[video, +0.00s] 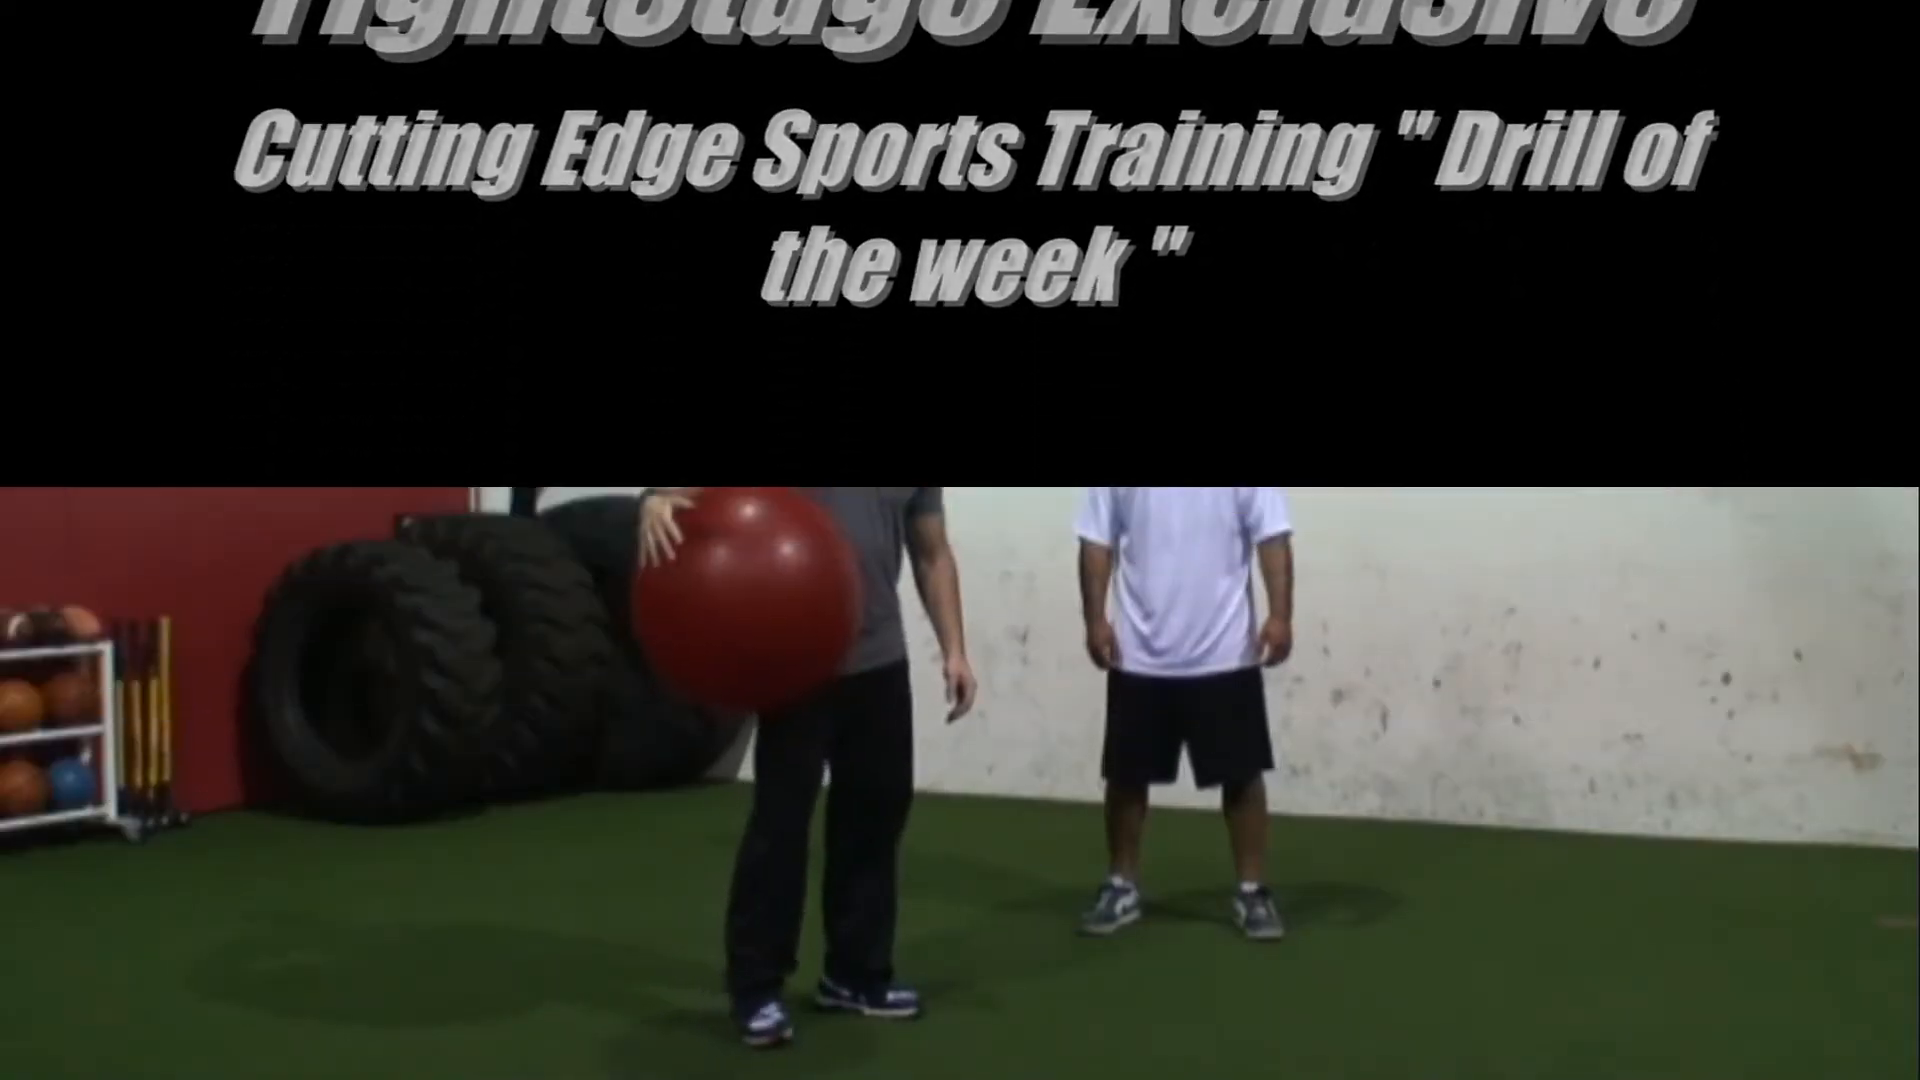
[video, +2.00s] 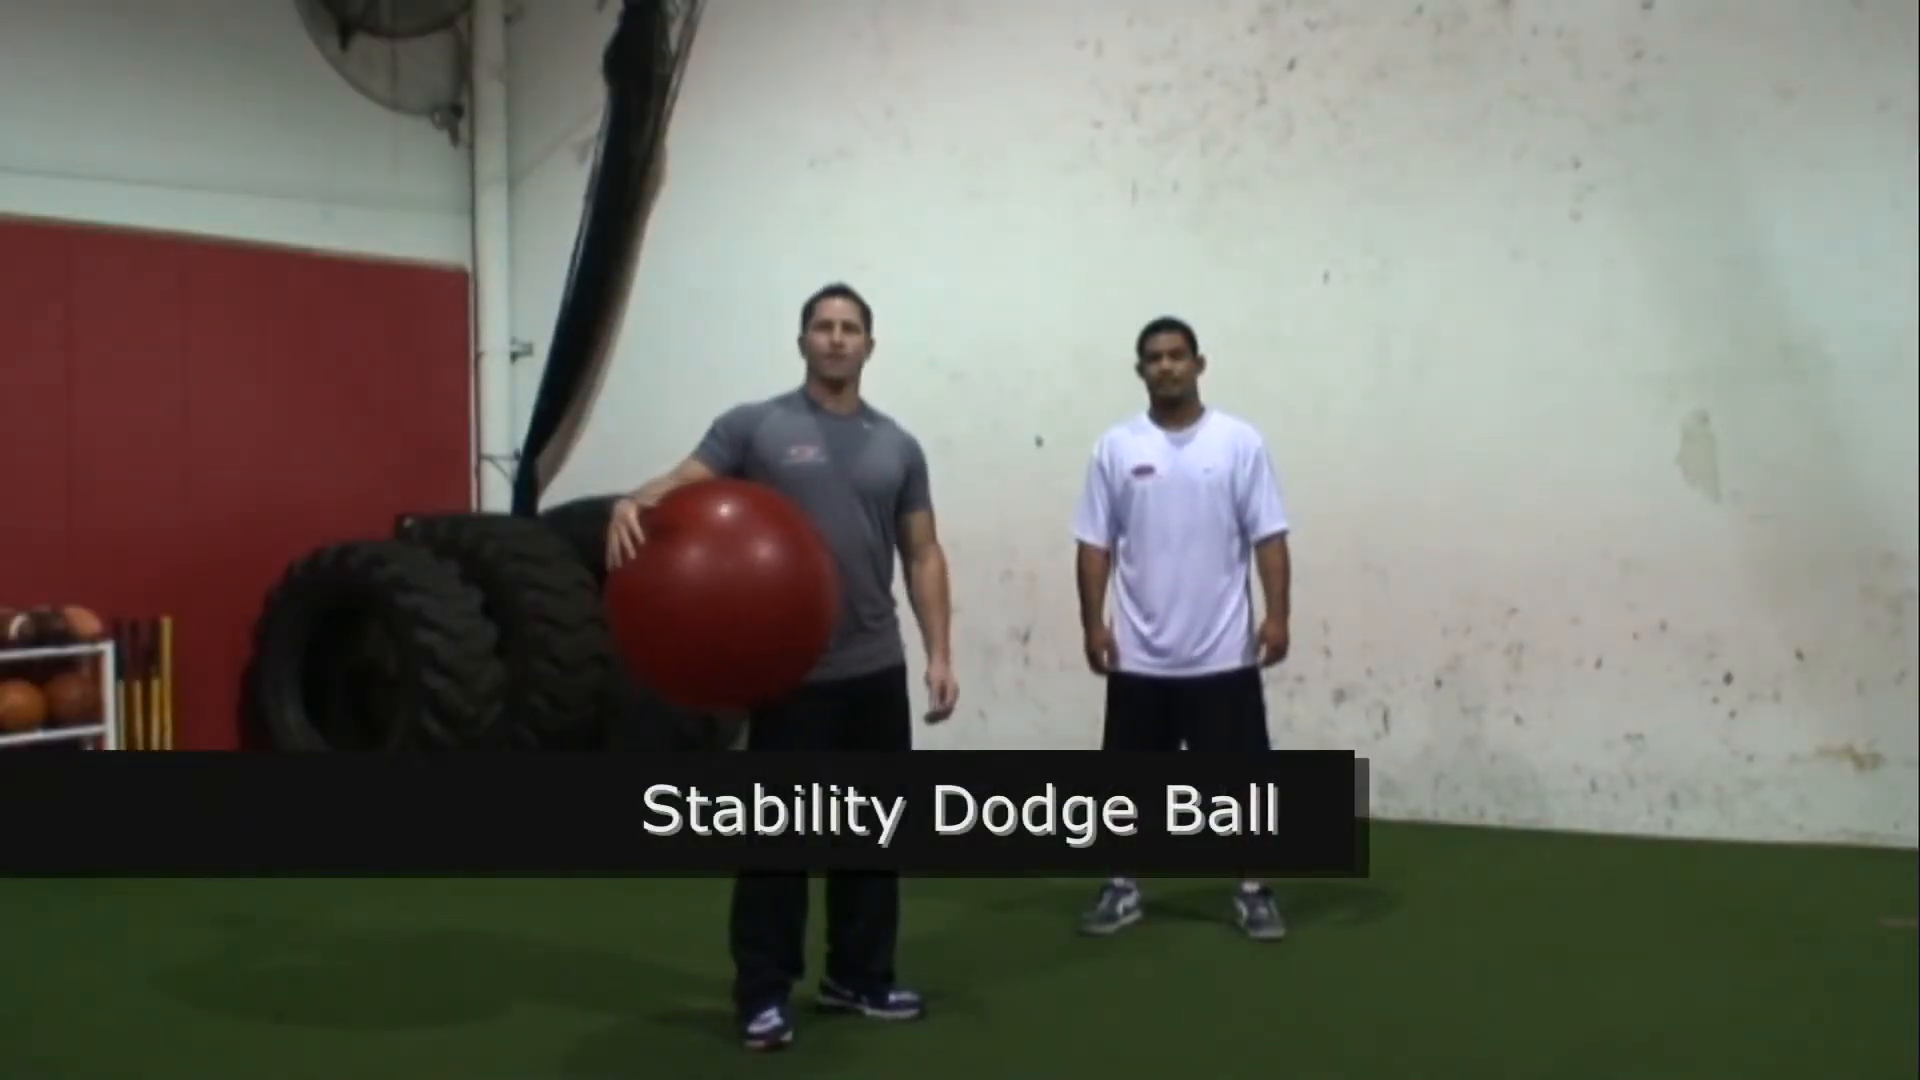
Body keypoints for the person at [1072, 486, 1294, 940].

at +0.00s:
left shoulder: (1249, 490)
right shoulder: (1113, 490)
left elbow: (1272, 534)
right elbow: (1097, 537)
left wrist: (1280, 615)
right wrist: (1095, 620)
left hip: (1223, 647)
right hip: (1141, 647)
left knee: (1242, 776)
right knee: (1126, 775)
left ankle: (1252, 891)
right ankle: (1121, 886)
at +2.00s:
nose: (1166, 366)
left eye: (1177, 356)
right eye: (1154, 358)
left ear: (1199, 364)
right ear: (1140, 371)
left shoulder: (1240, 442)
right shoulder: (1117, 447)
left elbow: (1269, 534)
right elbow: (1094, 540)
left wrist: (1277, 614)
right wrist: (1093, 622)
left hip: (1222, 647)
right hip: (1141, 648)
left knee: (1241, 777)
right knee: (1125, 778)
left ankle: (1252, 886)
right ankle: (1123, 883)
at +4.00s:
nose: (1165, 367)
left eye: (1176, 356)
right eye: (1153, 359)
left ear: (1198, 364)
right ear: (1140, 372)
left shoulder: (1241, 442)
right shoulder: (1116, 447)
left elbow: (1270, 533)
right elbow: (1092, 540)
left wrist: (1278, 612)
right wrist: (1090, 621)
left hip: (1222, 646)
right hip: (1140, 647)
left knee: (1245, 779)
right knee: (1124, 780)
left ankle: (1254, 889)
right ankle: (1122, 885)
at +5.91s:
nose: (1163, 367)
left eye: (1174, 357)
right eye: (1152, 359)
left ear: (1198, 365)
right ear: (1139, 371)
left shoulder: (1239, 443)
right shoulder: (1116, 449)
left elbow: (1267, 535)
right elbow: (1093, 540)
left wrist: (1274, 616)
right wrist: (1091, 622)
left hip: (1220, 645)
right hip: (1138, 646)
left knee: (1242, 776)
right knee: (1123, 777)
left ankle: (1254, 888)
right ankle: (1122, 884)